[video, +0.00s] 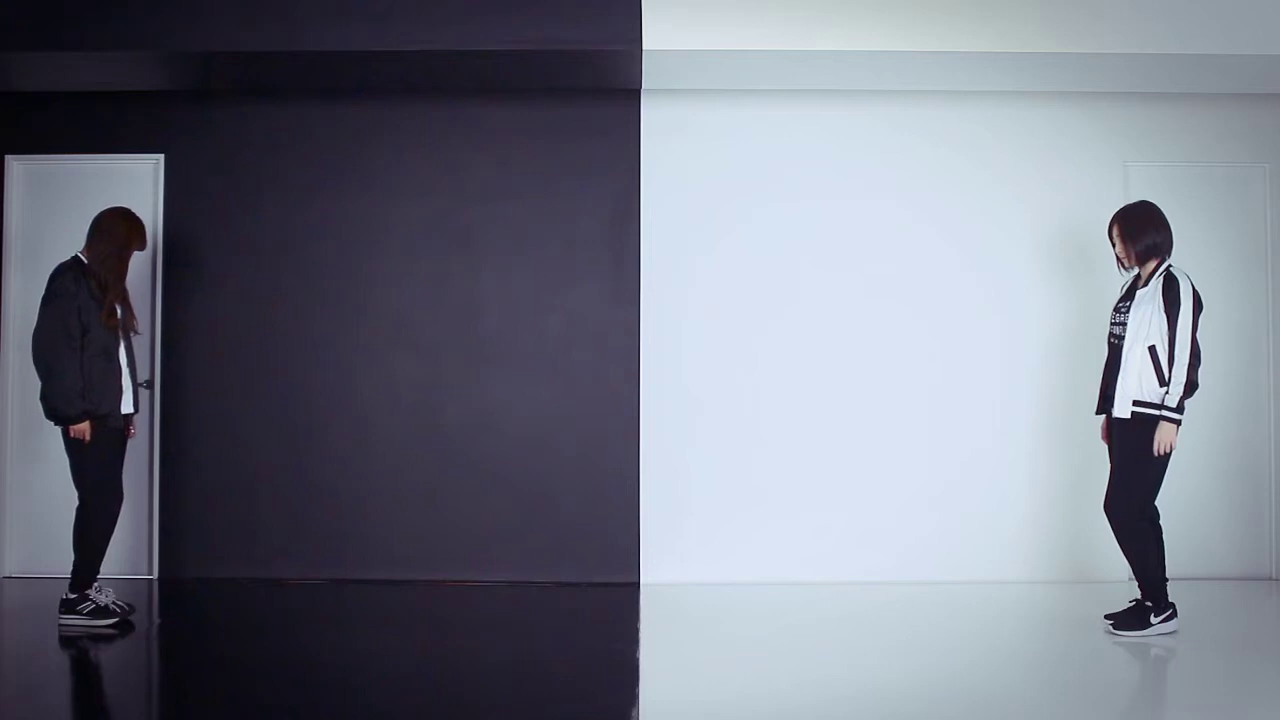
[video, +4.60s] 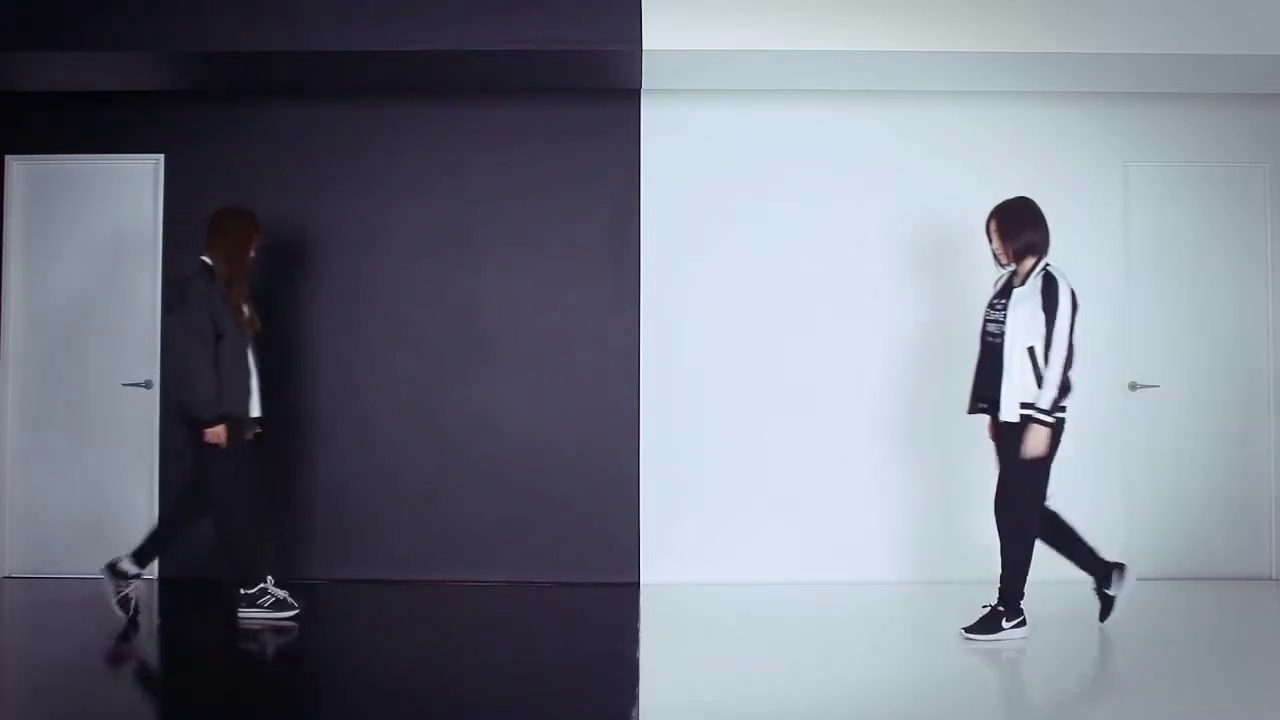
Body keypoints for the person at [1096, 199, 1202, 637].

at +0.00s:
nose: (1116, 250)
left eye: (1120, 241)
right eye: (1114, 242)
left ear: (1143, 236)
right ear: (1127, 240)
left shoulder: (1176, 284)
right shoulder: (1132, 287)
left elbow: (1185, 357)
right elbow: (1119, 355)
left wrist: (1171, 417)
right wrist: (1108, 411)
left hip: (1150, 418)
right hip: (1124, 416)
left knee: (1122, 506)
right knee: (1136, 507)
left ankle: (1157, 603)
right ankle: (1153, 600)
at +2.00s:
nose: (1117, 249)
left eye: (1121, 240)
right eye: (1114, 242)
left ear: (1145, 236)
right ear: (1126, 241)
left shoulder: (1177, 284)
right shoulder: (1131, 287)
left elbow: (1187, 356)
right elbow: (1117, 355)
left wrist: (1172, 417)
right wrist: (1107, 410)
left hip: (1151, 417)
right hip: (1123, 416)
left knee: (1125, 506)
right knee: (1131, 507)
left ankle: (1157, 604)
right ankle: (1152, 600)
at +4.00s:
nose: (1089, 249)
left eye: (1093, 240)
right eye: (1086, 242)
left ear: (1117, 236)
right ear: (1092, 243)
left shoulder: (1156, 284)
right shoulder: (1100, 288)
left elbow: (1178, 351)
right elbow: (1099, 353)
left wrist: (1171, 414)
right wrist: (1087, 404)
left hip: (1139, 415)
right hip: (1109, 415)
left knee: (1082, 486)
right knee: (1131, 506)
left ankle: (1103, 584)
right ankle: (1156, 601)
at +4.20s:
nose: (1063, 254)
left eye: (1067, 244)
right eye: (1060, 246)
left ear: (1091, 241)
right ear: (1066, 248)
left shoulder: (1131, 288)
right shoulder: (1077, 293)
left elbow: (1158, 350)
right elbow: (1075, 357)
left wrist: (1158, 414)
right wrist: (1059, 404)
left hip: (1120, 418)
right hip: (1091, 418)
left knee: (1074, 500)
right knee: (1123, 510)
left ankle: (1036, 596)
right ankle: (1156, 601)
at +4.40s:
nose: (1030, 255)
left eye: (1035, 246)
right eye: (1028, 247)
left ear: (1057, 243)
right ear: (1042, 246)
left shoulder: (1090, 291)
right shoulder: (1043, 296)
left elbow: (1113, 358)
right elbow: (1035, 362)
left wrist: (1118, 426)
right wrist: (1028, 418)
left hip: (1082, 422)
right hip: (1055, 422)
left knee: (1040, 506)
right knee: (1099, 510)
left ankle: (1014, 607)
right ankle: (1150, 595)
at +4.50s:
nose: (1011, 249)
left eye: (1017, 240)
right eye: (1009, 241)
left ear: (1040, 239)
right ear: (1018, 244)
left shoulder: (1070, 288)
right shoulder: (1023, 288)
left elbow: (1086, 356)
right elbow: (1015, 355)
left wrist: (1081, 424)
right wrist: (1010, 412)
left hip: (1056, 421)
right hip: (1031, 420)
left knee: (1024, 510)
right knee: (1070, 507)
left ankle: (1011, 608)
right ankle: (1136, 583)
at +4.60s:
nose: (993, 246)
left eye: (998, 236)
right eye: (991, 238)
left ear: (1022, 234)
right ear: (1002, 240)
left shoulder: (1054, 286)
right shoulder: (1005, 286)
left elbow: (1058, 357)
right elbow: (1000, 353)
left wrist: (1044, 419)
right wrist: (993, 412)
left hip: (1036, 417)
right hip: (1008, 415)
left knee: (1014, 509)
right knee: (1027, 509)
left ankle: (1009, 608)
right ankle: (1104, 571)